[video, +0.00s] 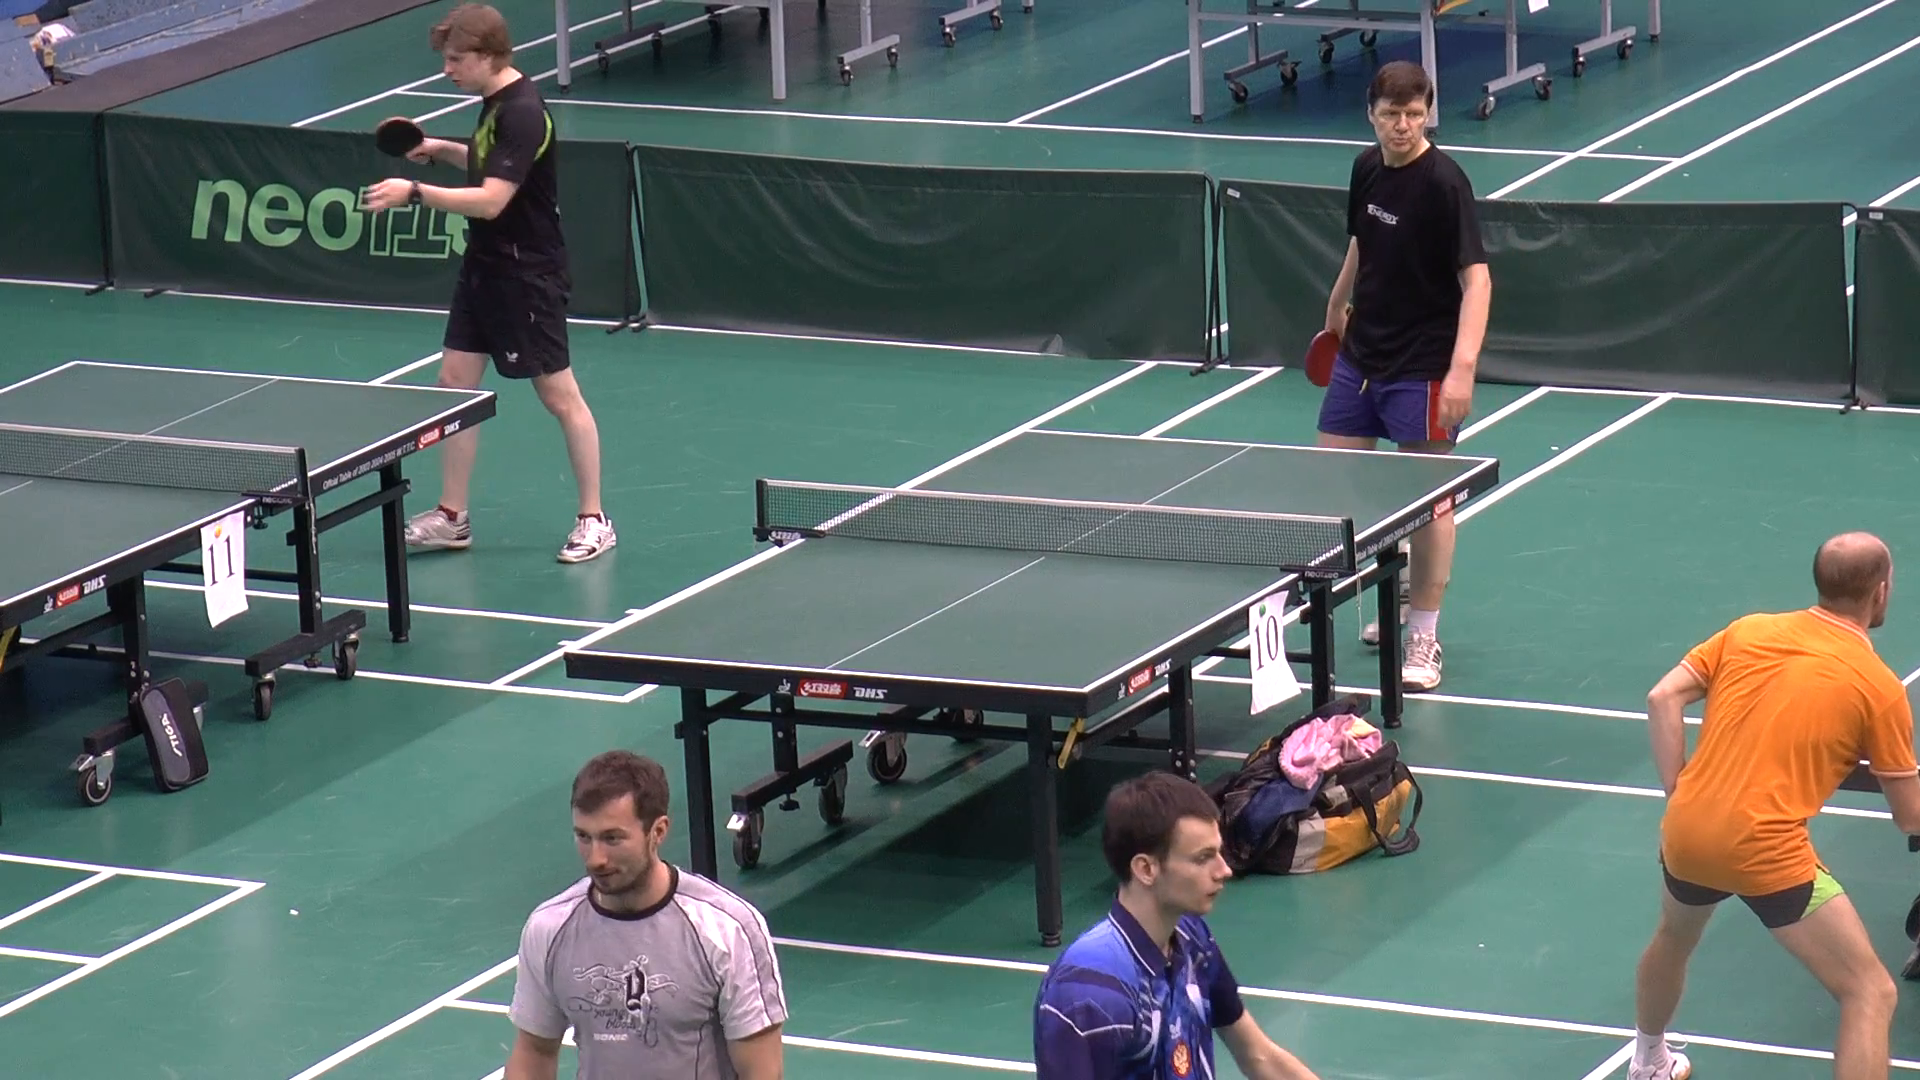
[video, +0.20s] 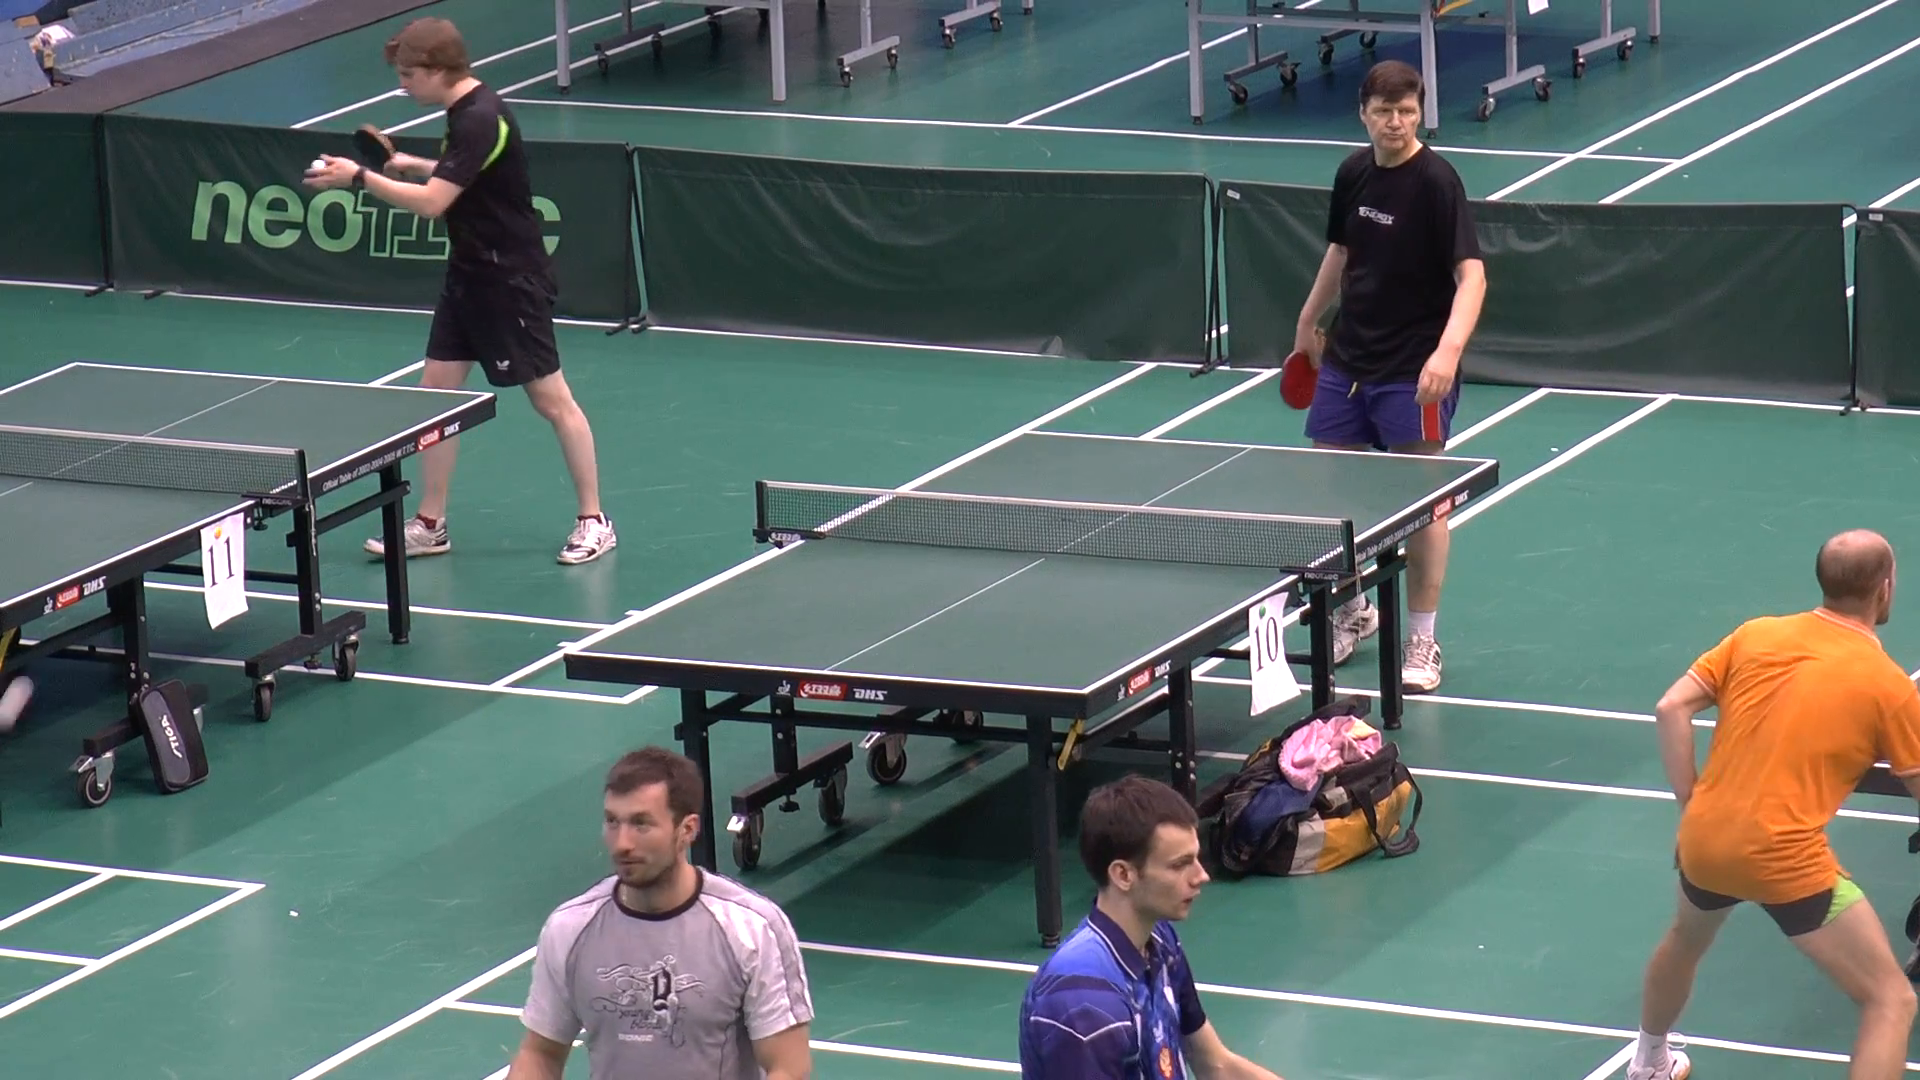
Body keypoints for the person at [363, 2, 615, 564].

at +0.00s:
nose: (449, 72)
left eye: (455, 62)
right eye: (447, 62)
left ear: (488, 56)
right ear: (478, 57)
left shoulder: (523, 111)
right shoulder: (496, 102)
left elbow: (491, 201)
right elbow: (493, 163)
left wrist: (413, 192)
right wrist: (442, 149)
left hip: (529, 274)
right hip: (484, 267)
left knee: (561, 396)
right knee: (456, 383)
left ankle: (593, 518)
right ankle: (453, 515)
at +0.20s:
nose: (404, 86)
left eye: (408, 75)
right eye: (402, 76)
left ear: (435, 70)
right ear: (439, 67)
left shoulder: (481, 118)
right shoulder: (468, 108)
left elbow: (432, 201)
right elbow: (466, 172)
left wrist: (358, 178)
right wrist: (407, 164)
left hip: (511, 280)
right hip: (468, 277)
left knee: (555, 403)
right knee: (437, 395)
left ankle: (594, 520)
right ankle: (430, 524)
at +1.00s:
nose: (345, 114)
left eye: (354, 103)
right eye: (339, 106)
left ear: (384, 98)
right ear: (338, 106)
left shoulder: (431, 141)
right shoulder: (350, 157)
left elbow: (474, 221)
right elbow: (330, 235)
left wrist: (404, 243)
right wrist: (290, 250)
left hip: (451, 299)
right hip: (393, 299)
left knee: (456, 426)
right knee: (350, 410)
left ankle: (493, 557)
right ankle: (355, 529)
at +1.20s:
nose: (319, 127)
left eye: (328, 116)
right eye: (313, 118)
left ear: (359, 112)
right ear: (313, 119)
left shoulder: (402, 153)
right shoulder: (341, 168)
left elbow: (435, 237)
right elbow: (329, 243)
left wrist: (358, 252)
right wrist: (272, 274)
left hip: (444, 298)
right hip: (392, 299)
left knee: (433, 431)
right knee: (352, 414)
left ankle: (492, 557)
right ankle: (351, 531)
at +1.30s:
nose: (303, 137)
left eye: (309, 125)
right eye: (297, 128)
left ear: (341, 115)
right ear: (309, 124)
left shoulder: (381, 153)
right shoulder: (347, 163)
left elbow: (413, 238)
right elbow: (345, 241)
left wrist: (341, 255)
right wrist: (279, 278)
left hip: (444, 295)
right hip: (398, 296)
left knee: (429, 432)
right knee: (360, 413)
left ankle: (493, 557)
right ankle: (351, 530)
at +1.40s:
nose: (298, 149)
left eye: (303, 136)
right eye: (292, 140)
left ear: (334, 125)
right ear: (329, 129)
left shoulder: (372, 160)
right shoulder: (359, 160)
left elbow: (402, 241)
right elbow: (368, 238)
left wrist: (327, 266)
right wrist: (305, 276)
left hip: (443, 298)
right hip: (405, 299)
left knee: (422, 436)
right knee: (364, 417)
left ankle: (499, 557)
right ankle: (351, 532)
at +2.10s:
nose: (322, 133)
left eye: (331, 121)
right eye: (315, 124)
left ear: (361, 118)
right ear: (312, 127)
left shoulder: (413, 156)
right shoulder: (332, 176)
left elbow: (466, 230)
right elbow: (315, 256)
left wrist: (399, 242)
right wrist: (278, 261)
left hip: (442, 313)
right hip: (380, 314)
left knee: (457, 430)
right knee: (341, 416)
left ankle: (507, 559)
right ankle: (348, 528)